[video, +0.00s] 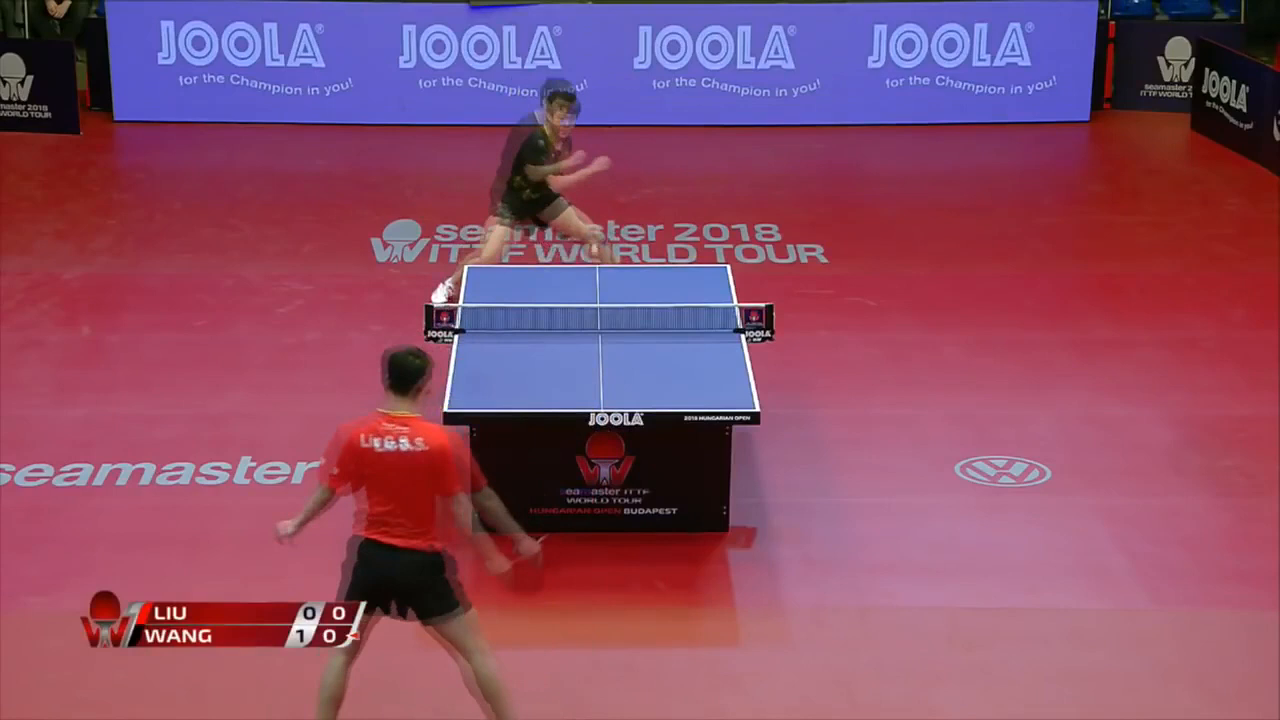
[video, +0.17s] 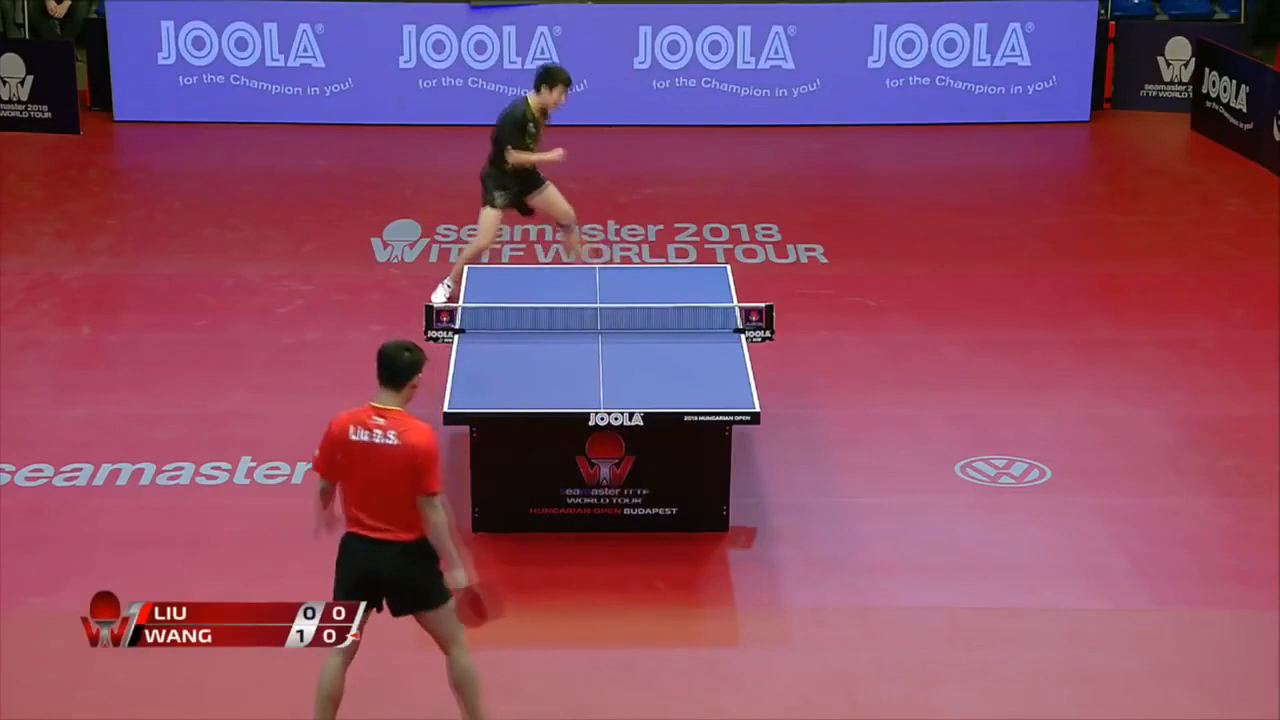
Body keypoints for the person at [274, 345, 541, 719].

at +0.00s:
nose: (430, 387)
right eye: (429, 381)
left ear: (386, 381)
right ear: (424, 386)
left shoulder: (354, 434)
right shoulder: (441, 441)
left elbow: (327, 493)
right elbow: (463, 512)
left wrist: (295, 525)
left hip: (371, 560)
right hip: (424, 565)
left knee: (343, 652)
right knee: (476, 653)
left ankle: (323, 717)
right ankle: (506, 715)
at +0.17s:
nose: (419, 384)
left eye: (420, 377)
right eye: (420, 378)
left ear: (378, 375)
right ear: (413, 383)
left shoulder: (343, 425)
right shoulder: (420, 436)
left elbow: (325, 485)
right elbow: (431, 504)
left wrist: (324, 507)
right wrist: (454, 564)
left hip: (356, 555)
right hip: (408, 559)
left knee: (340, 650)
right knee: (454, 646)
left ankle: (322, 718)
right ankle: (476, 715)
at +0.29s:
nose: (424, 385)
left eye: (424, 378)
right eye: (424, 378)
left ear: (382, 375)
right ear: (414, 384)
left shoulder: (345, 420)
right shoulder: (415, 438)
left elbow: (334, 485)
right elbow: (422, 508)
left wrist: (372, 499)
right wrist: (443, 569)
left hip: (355, 555)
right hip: (404, 559)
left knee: (342, 649)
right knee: (448, 643)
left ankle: (321, 718)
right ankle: (455, 716)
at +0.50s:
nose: (446, 394)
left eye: (446, 387)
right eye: (446, 387)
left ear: (406, 381)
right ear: (437, 389)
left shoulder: (366, 426)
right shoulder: (437, 445)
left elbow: (353, 489)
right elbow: (453, 513)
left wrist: (396, 499)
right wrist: (486, 571)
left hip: (377, 562)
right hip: (429, 566)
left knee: (355, 648)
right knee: (457, 652)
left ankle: (328, 717)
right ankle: (451, 718)